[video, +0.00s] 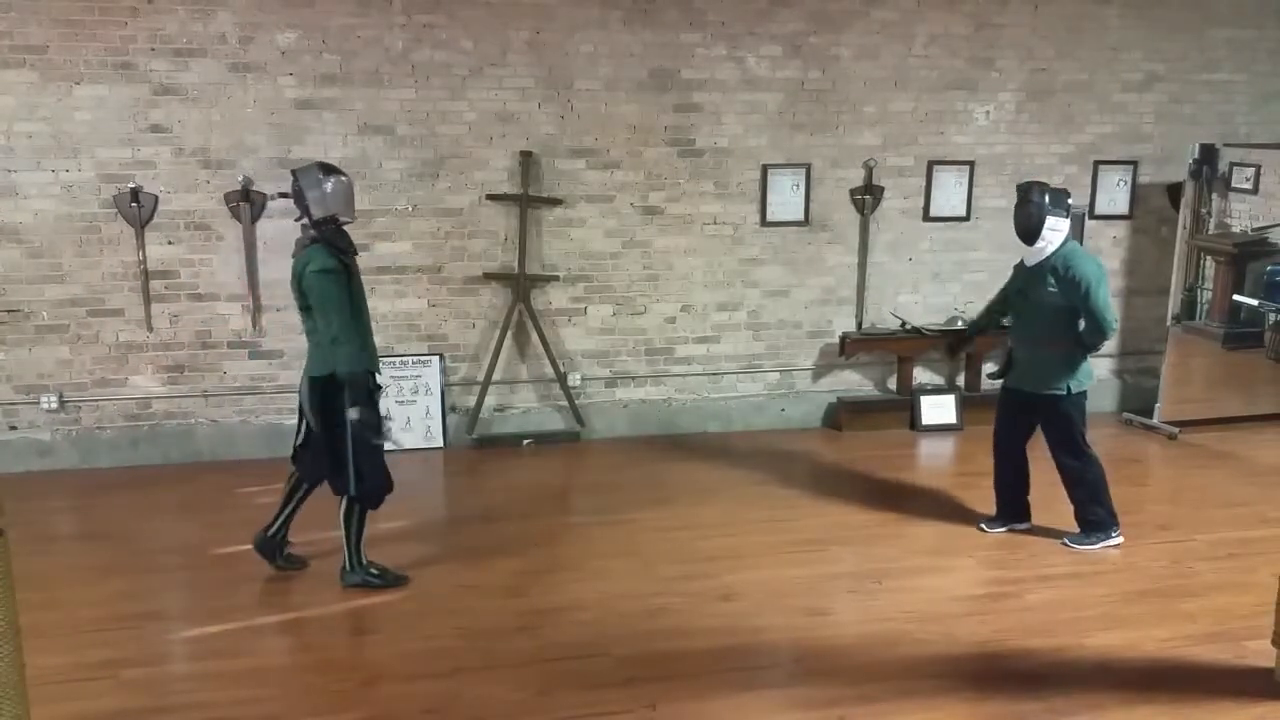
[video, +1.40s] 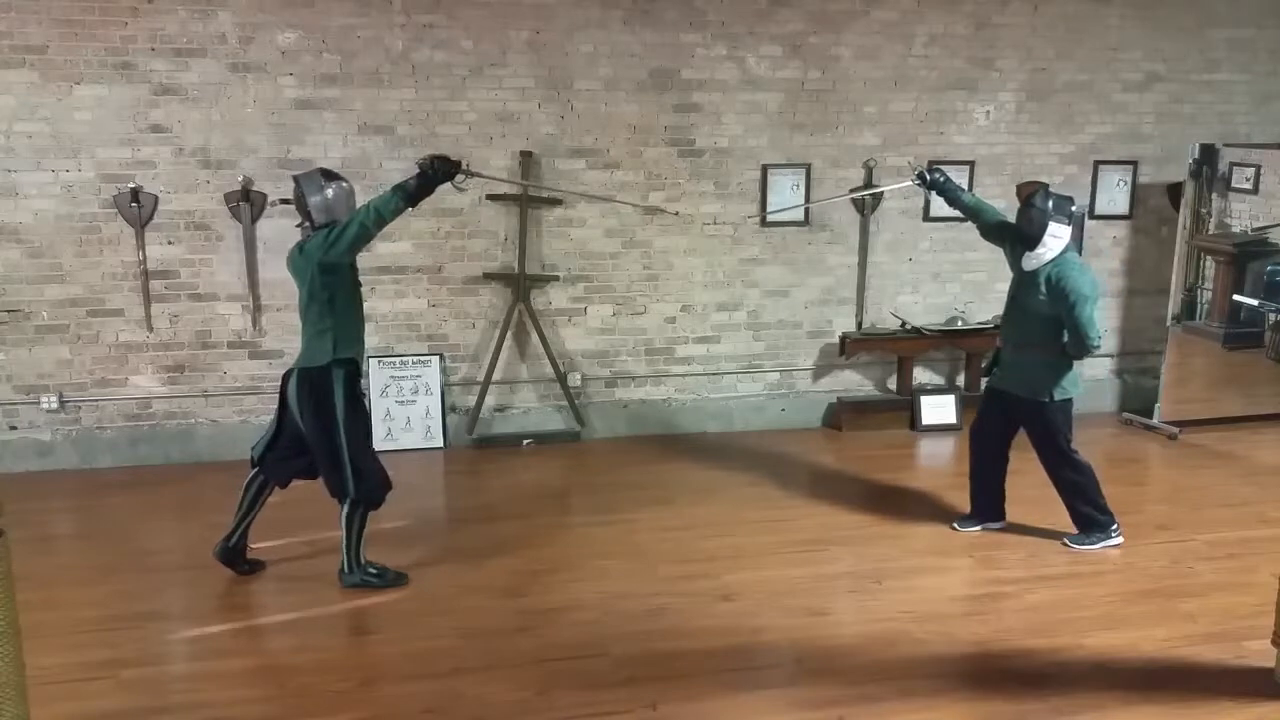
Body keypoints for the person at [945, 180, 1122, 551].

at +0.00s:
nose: (1020, 218)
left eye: (1028, 211)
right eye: (1019, 211)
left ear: (1052, 219)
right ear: (1047, 220)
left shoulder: (1078, 265)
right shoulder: (1027, 267)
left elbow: (1103, 324)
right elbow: (999, 308)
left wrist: (1078, 346)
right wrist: (968, 335)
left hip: (1062, 379)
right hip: (1022, 376)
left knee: (1072, 454)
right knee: (1007, 443)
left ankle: (1102, 527)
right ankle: (1012, 514)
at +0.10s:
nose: (1023, 220)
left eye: (1031, 213)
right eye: (1023, 212)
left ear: (1053, 218)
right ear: (1035, 216)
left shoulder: (1081, 264)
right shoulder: (1033, 262)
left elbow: (1105, 326)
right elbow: (993, 290)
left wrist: (1081, 345)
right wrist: (945, 312)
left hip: (1063, 377)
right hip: (1025, 373)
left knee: (1071, 453)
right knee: (1009, 444)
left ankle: (1102, 527)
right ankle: (1013, 515)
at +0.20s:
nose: (1026, 218)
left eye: (1033, 211)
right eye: (1027, 211)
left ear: (1057, 218)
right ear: (1050, 219)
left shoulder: (1084, 265)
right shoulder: (1034, 256)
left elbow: (1106, 328)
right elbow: (990, 271)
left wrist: (1081, 347)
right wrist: (932, 280)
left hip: (1064, 379)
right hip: (1026, 373)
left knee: (1073, 455)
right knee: (1011, 445)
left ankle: (1102, 527)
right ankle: (1014, 513)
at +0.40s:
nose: (1032, 219)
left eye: (1041, 213)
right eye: (1033, 212)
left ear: (1064, 219)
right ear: (1044, 217)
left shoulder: (1088, 269)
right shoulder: (1038, 249)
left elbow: (1107, 332)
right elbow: (993, 236)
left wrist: (1082, 344)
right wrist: (937, 221)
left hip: (1067, 380)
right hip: (1030, 373)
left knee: (1073, 455)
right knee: (1016, 445)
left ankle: (1102, 527)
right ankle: (1014, 513)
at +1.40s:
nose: (1023, 230)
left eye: (1030, 225)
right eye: (1023, 223)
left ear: (1053, 230)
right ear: (1026, 224)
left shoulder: (1071, 276)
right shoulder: (1020, 246)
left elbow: (1088, 343)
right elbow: (983, 216)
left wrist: (1063, 349)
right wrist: (941, 185)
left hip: (1047, 383)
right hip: (1009, 375)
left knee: (1059, 456)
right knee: (985, 439)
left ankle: (1101, 527)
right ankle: (988, 513)